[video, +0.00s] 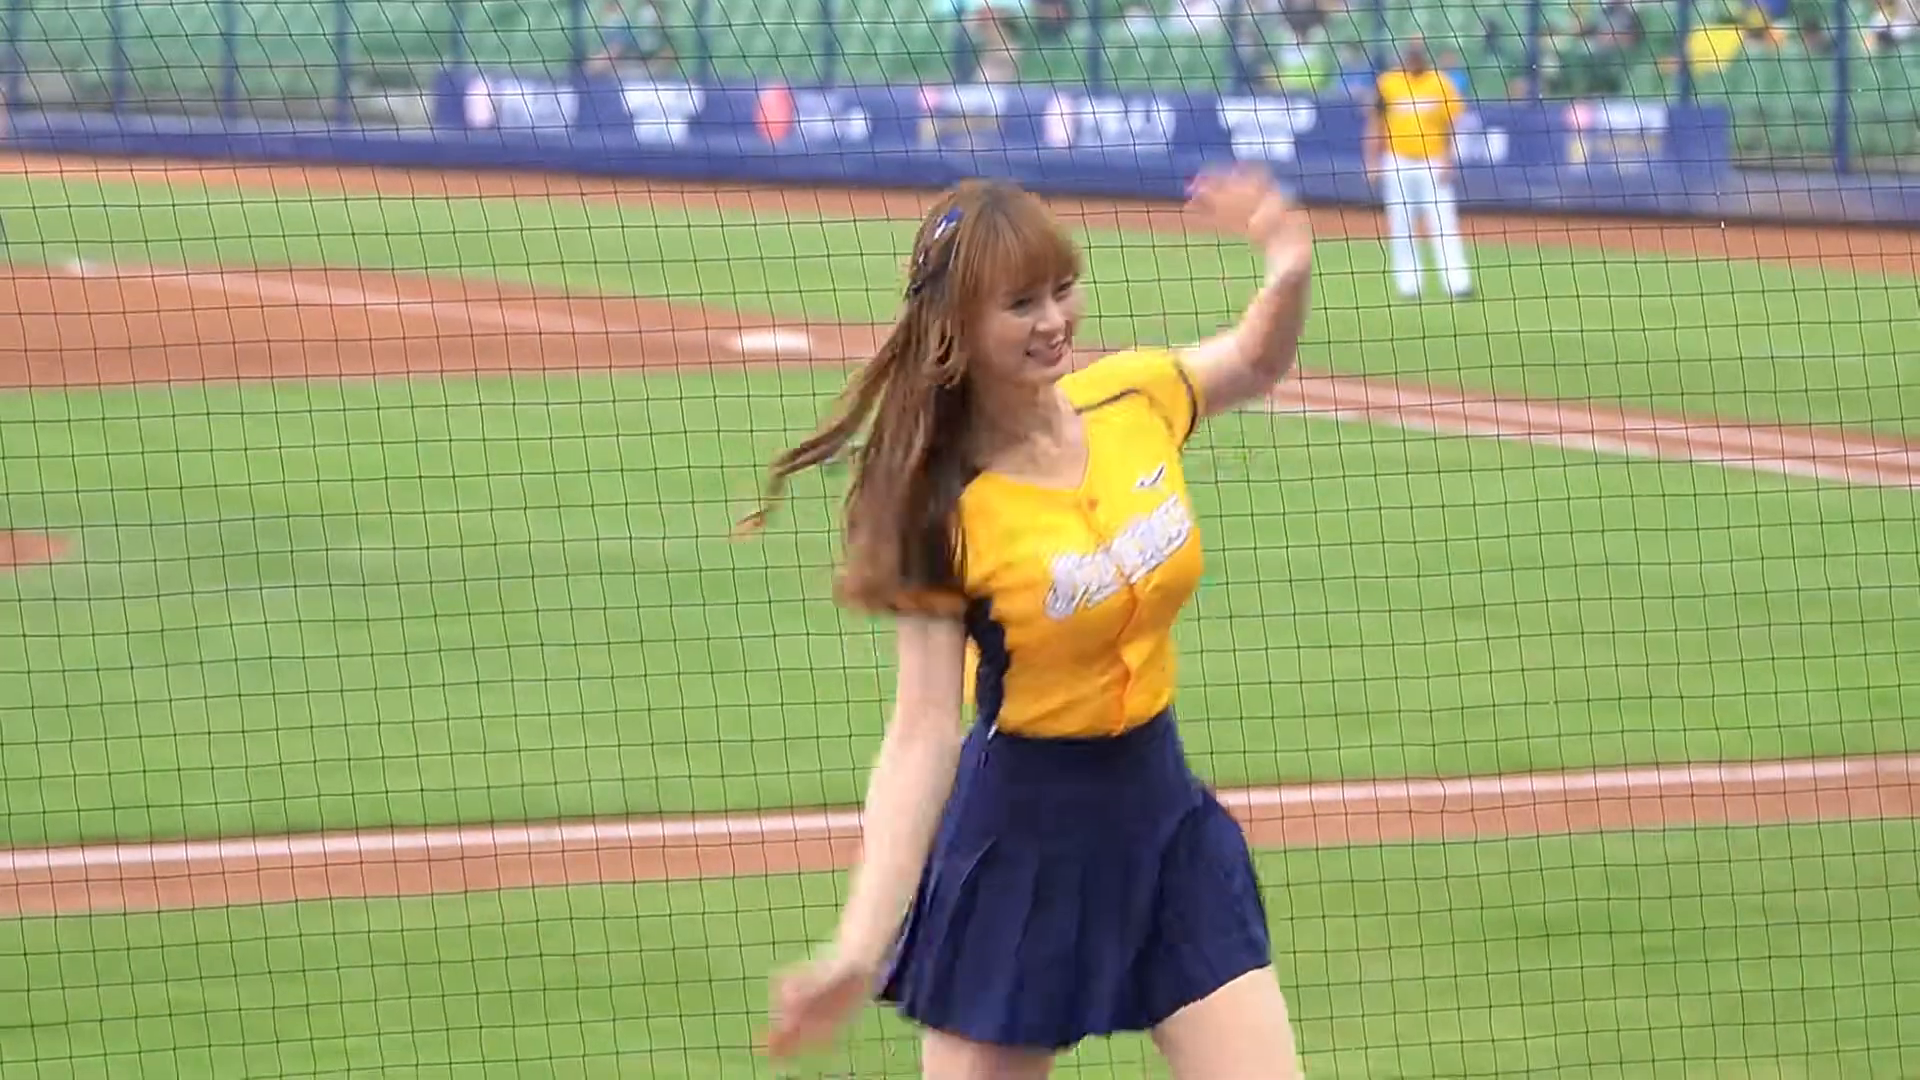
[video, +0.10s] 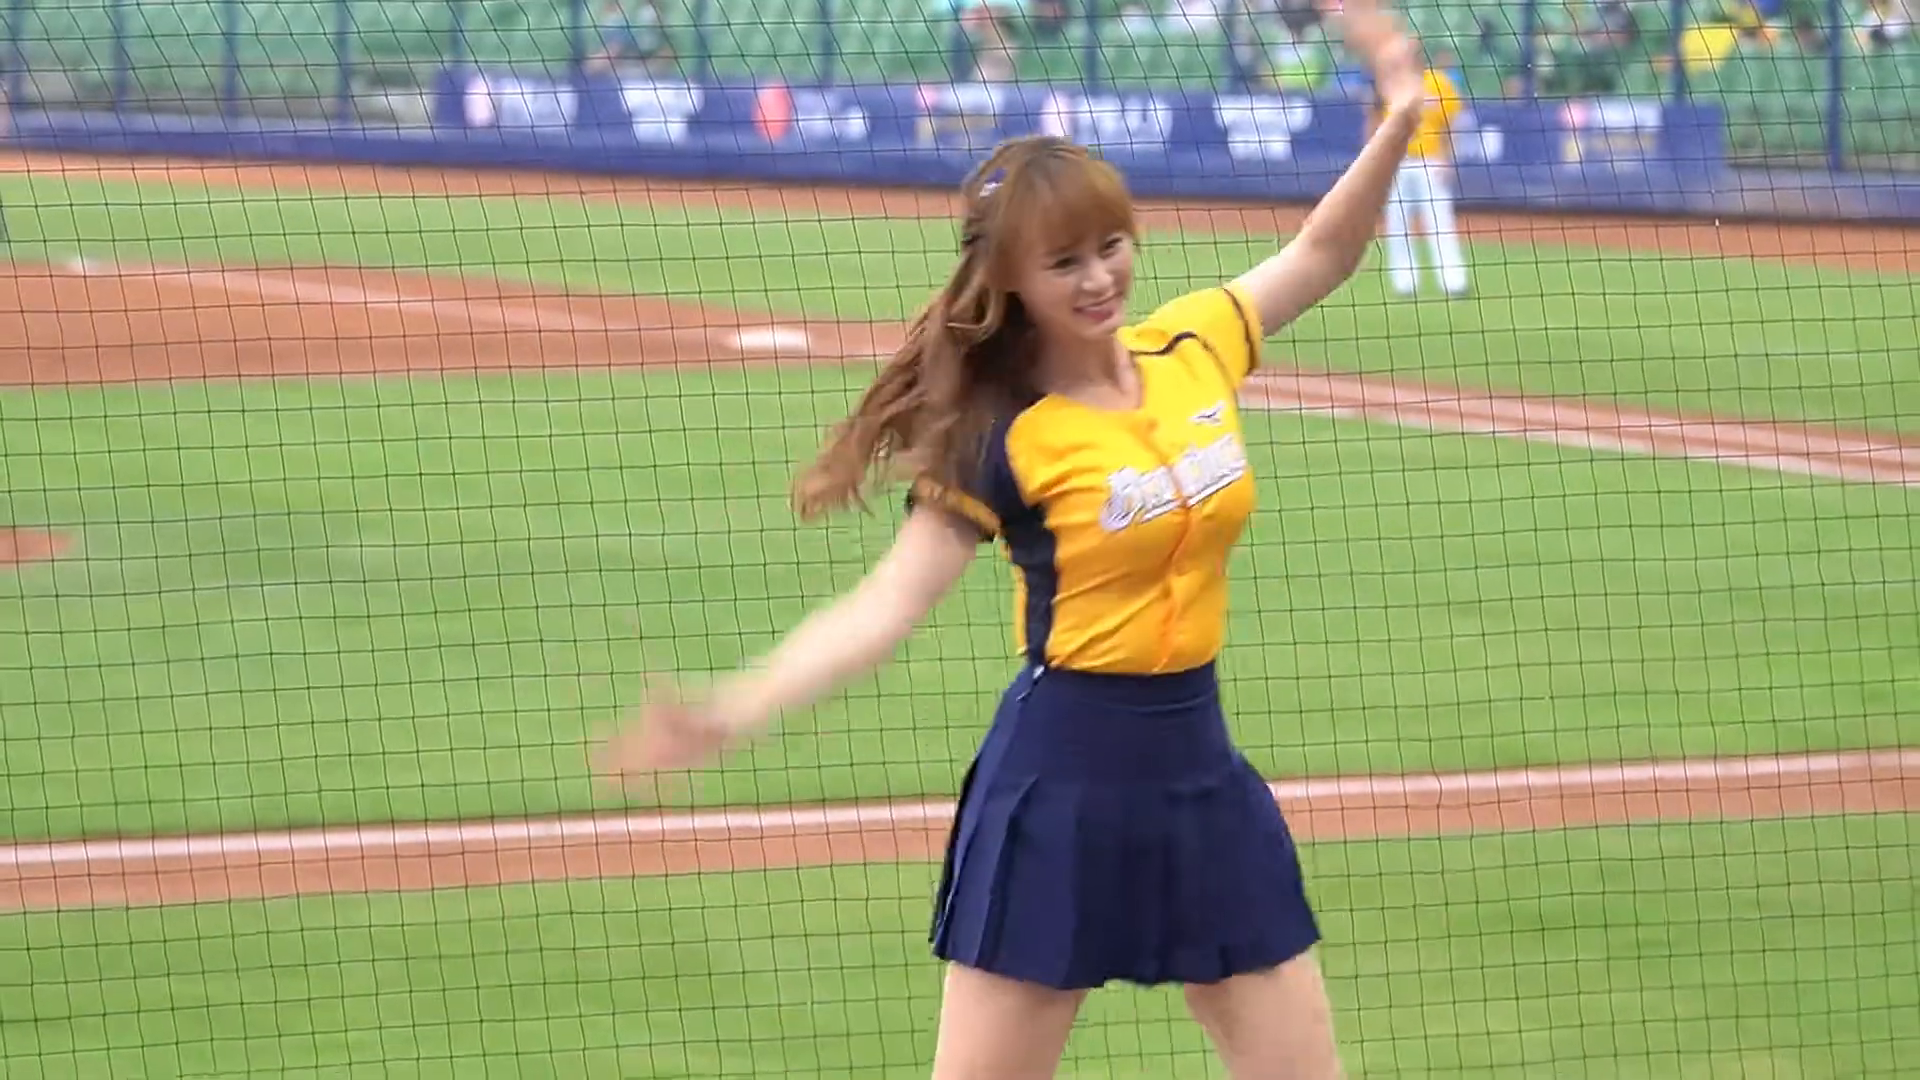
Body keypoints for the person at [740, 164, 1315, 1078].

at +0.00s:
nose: (1054, 321)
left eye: (1063, 290)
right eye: (1021, 303)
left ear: (1080, 288)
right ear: (951, 332)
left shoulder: (1137, 391)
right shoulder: (940, 505)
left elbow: (1256, 360)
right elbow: (921, 732)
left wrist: (1290, 266)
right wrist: (859, 948)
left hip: (1160, 807)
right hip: (1019, 827)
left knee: (1263, 1060)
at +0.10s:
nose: (1100, 276)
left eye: (1111, 245)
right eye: (1066, 260)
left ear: (1133, 242)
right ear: (1006, 284)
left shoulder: (1197, 343)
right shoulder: (1002, 438)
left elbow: (1326, 250)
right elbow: (886, 605)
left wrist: (1397, 131)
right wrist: (732, 709)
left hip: (1199, 757)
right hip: (1062, 761)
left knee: (1304, 1065)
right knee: (983, 1066)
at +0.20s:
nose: (1166, 292)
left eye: (1178, 263)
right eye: (1131, 278)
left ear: (1203, 263)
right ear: (1079, 303)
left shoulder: (1261, 373)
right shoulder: (1054, 434)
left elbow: (1402, 237)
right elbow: (870, 471)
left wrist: (1505, 87)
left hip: (1238, 784)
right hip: (1110, 780)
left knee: (1301, 1062)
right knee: (1017, 1063)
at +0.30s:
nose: (1223, 300)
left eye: (1240, 272)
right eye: (1191, 284)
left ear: (1271, 279)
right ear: (1144, 302)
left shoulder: (1329, 406)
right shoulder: (1112, 424)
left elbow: (1492, 288)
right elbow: (925, 412)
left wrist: (1642, 153)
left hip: (1252, 802)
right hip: (1130, 782)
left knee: (1300, 1062)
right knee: (1034, 1063)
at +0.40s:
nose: (1271, 260)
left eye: (1293, 236)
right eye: (1242, 239)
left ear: (1328, 252)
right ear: (1196, 259)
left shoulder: (1377, 413)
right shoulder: (1133, 389)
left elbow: (1560, 418)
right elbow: (933, 449)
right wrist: (921, 290)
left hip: (1232, 782)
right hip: (1090, 762)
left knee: (1272, 1066)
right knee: (1091, 1066)